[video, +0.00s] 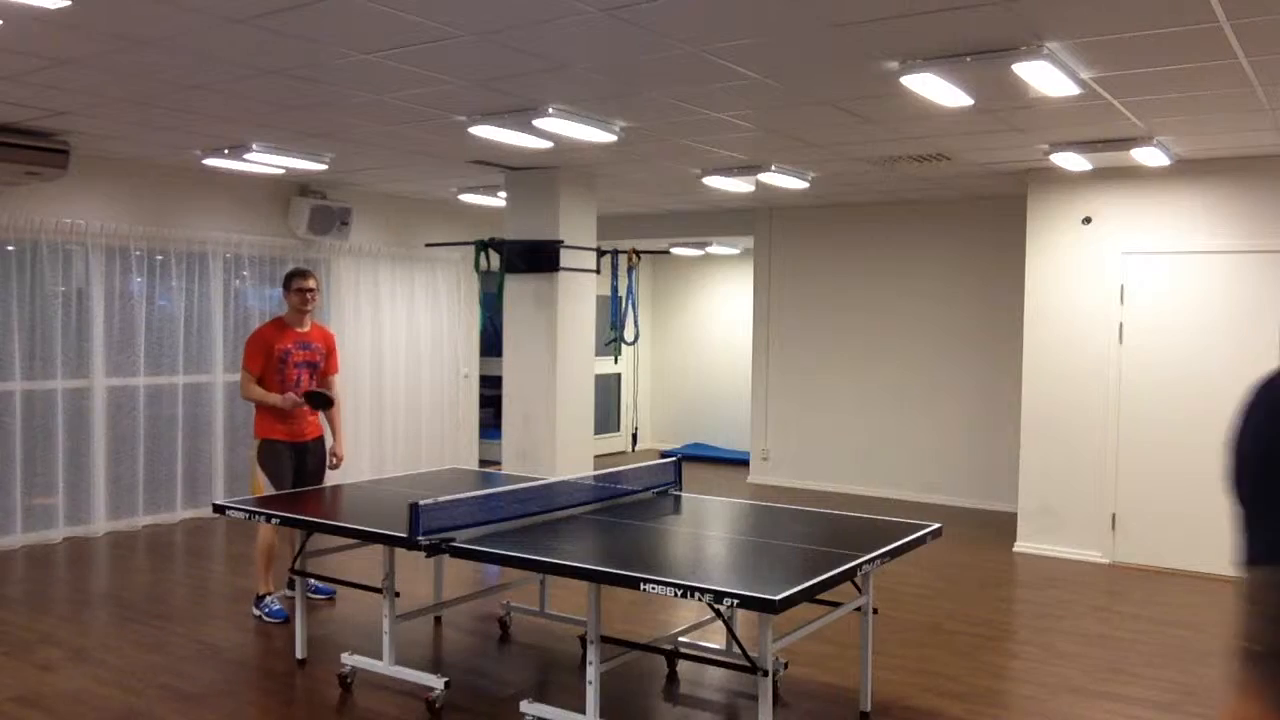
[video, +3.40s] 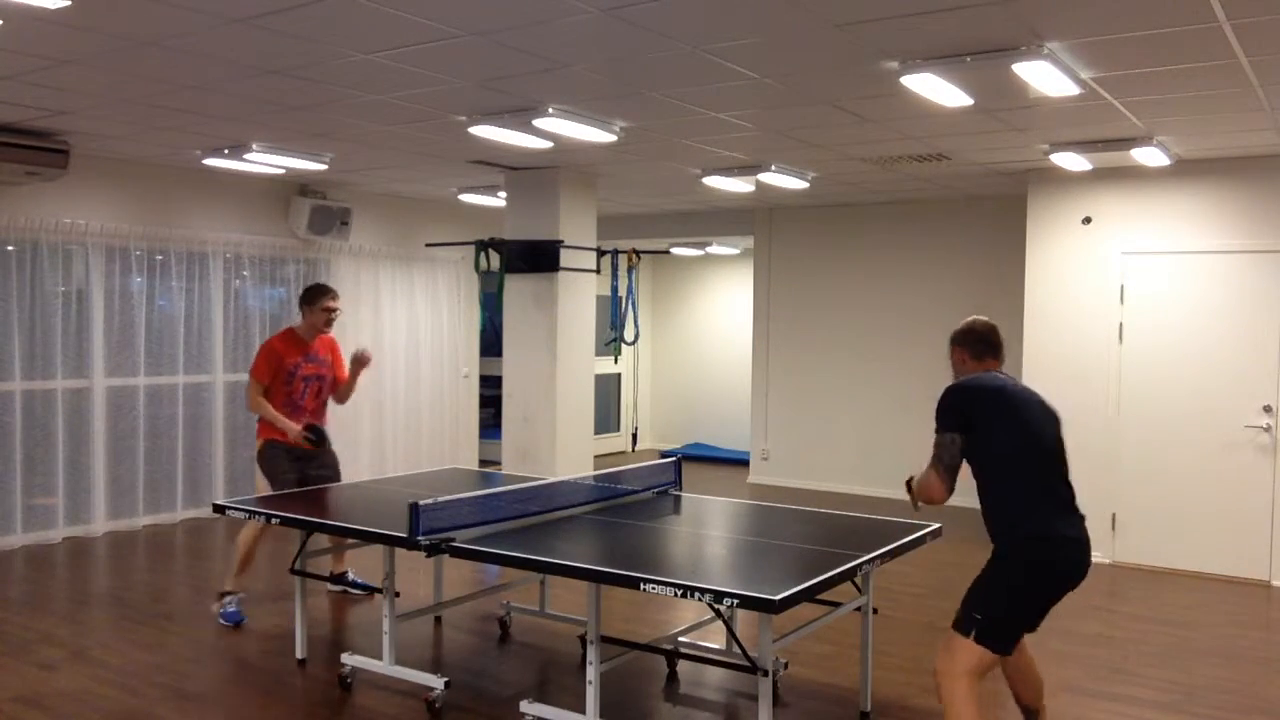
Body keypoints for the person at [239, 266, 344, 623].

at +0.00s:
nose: (309, 296)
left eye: (314, 291)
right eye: (302, 291)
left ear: (319, 296)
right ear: (286, 295)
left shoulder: (324, 337)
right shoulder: (265, 336)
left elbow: (331, 390)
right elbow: (247, 388)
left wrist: (337, 439)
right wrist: (279, 399)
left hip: (312, 438)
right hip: (275, 439)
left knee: (307, 513)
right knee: (274, 514)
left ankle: (300, 576)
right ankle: (264, 593)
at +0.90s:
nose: (342, 301)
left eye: (346, 296)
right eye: (335, 295)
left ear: (350, 300)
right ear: (320, 299)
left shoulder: (356, 340)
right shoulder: (302, 340)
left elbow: (368, 382)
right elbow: (272, 384)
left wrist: (375, 415)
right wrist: (264, 438)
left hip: (345, 437)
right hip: (311, 438)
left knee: (340, 509)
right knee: (304, 511)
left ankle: (347, 572)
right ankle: (275, 590)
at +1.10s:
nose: (349, 298)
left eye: (353, 293)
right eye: (342, 293)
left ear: (357, 296)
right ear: (326, 296)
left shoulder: (365, 325)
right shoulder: (310, 326)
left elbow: (397, 346)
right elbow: (268, 356)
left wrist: (406, 380)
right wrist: (281, 400)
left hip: (354, 428)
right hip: (320, 428)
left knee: (351, 502)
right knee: (322, 502)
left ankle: (348, 571)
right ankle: (302, 584)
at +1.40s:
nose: (356, 300)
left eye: (360, 295)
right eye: (349, 294)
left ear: (363, 298)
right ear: (332, 296)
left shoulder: (367, 337)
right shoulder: (311, 338)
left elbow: (366, 386)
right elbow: (300, 390)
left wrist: (388, 377)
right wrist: (325, 377)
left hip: (361, 429)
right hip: (326, 428)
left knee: (357, 501)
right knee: (330, 499)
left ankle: (348, 571)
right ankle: (302, 583)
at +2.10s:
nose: (334, 304)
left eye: (337, 299)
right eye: (328, 298)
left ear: (338, 304)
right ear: (307, 299)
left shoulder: (337, 342)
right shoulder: (286, 337)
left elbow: (339, 391)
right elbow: (273, 393)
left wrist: (362, 395)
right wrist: (321, 399)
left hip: (318, 435)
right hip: (283, 432)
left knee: (323, 508)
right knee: (282, 513)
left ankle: (342, 570)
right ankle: (264, 595)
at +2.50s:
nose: (334, 303)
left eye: (338, 298)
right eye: (328, 296)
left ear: (338, 302)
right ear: (308, 297)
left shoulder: (334, 337)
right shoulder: (285, 334)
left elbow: (358, 381)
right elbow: (251, 382)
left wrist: (365, 342)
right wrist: (292, 406)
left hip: (327, 437)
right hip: (291, 437)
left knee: (333, 509)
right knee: (277, 514)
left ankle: (334, 573)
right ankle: (264, 594)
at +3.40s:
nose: (333, 317)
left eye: (336, 312)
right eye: (327, 311)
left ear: (334, 313)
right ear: (306, 310)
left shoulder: (330, 347)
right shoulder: (276, 346)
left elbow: (340, 396)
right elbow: (253, 400)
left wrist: (355, 371)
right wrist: (289, 427)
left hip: (315, 440)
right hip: (277, 441)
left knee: (338, 506)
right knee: (270, 512)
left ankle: (339, 572)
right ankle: (229, 593)